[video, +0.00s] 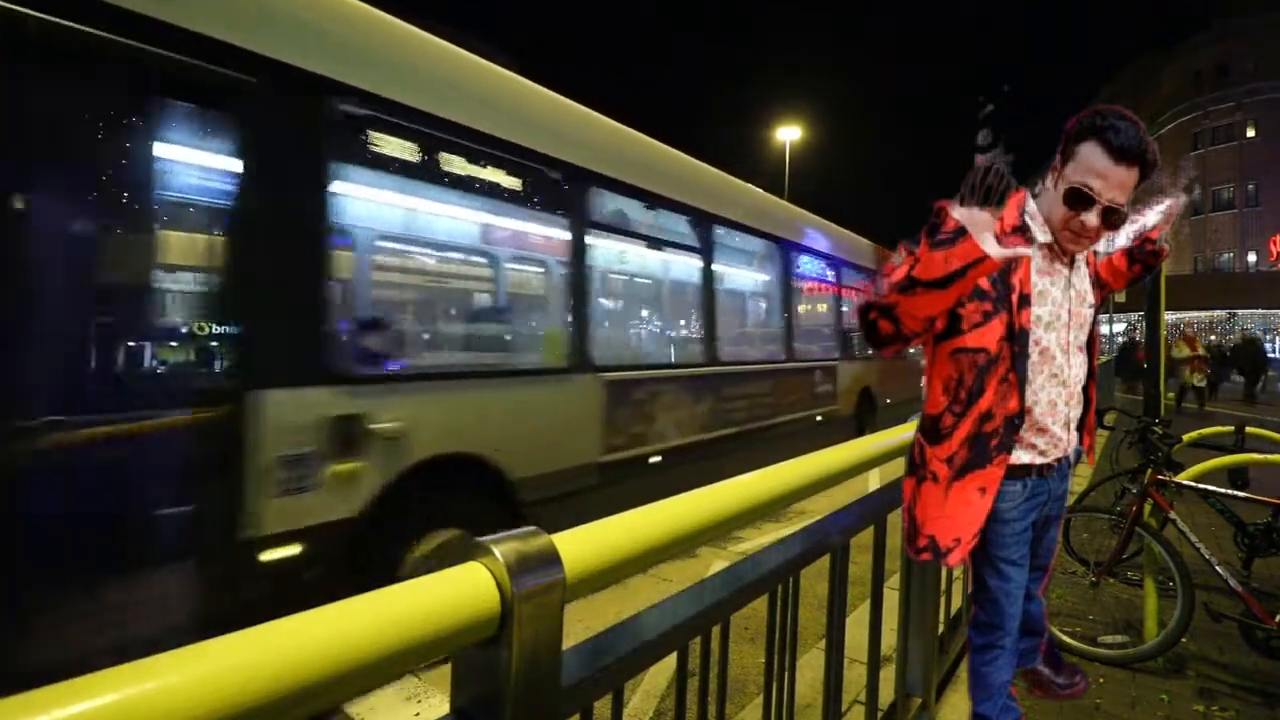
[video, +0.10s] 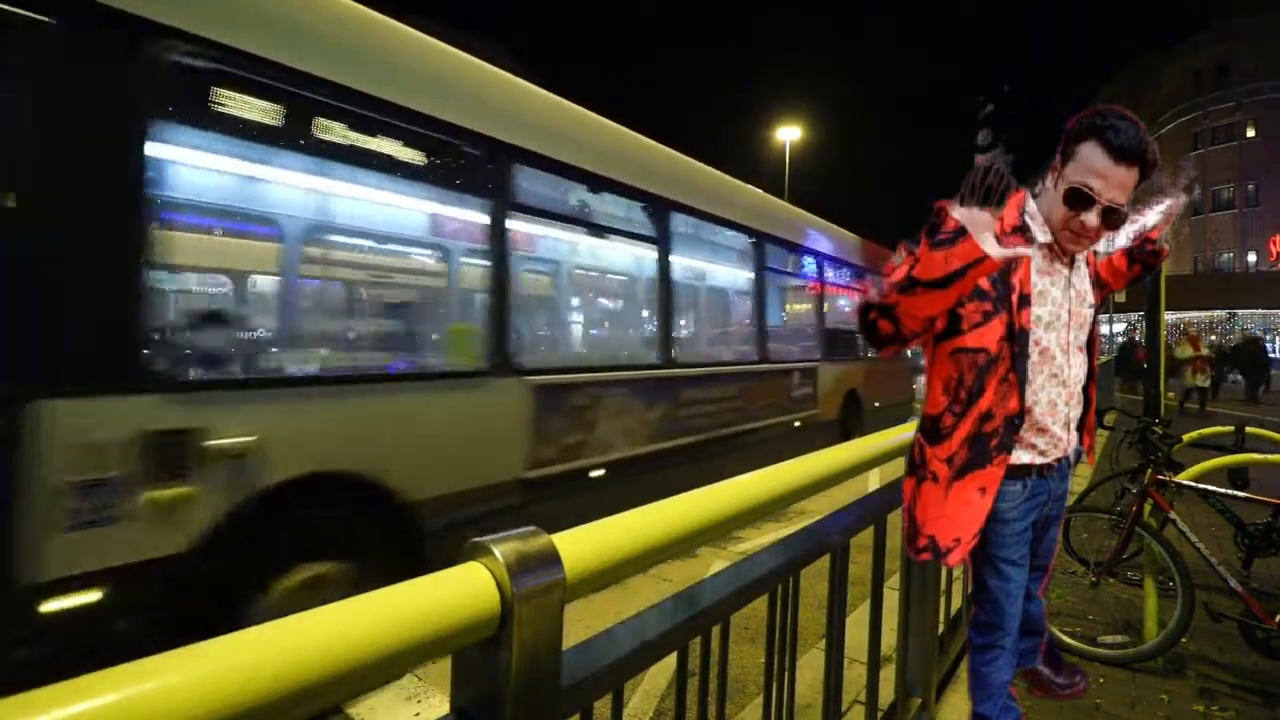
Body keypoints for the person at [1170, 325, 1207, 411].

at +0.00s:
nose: (1190, 334)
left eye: (1191, 331)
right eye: (1187, 331)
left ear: (1193, 332)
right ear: (1183, 332)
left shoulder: (1197, 343)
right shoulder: (1179, 343)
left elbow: (1204, 353)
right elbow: (1174, 355)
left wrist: (1199, 355)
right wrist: (1190, 355)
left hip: (1198, 369)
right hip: (1185, 369)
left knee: (1200, 388)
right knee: (1183, 387)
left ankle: (1201, 406)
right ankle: (1178, 406)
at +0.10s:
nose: (1194, 336)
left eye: (1196, 334)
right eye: (1191, 334)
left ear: (1198, 335)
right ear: (1187, 335)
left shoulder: (1201, 345)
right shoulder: (1183, 346)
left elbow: (1209, 354)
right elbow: (1178, 356)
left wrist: (1203, 355)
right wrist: (1194, 355)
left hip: (1202, 372)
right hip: (1189, 372)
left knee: (1203, 391)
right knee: (1188, 389)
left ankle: (1202, 407)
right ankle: (1181, 404)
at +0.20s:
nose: (1196, 332)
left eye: (1197, 330)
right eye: (1193, 330)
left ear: (1200, 331)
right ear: (1190, 332)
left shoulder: (1205, 341)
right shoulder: (1187, 342)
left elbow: (1214, 351)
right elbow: (1179, 353)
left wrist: (1204, 352)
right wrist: (1193, 353)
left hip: (1206, 373)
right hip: (1192, 373)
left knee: (1205, 394)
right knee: (1193, 393)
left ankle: (1202, 410)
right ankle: (1190, 410)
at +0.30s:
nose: (1197, 332)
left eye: (1199, 329)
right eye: (1194, 330)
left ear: (1203, 331)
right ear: (1191, 332)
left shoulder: (1209, 341)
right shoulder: (1189, 342)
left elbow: (1217, 352)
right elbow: (1180, 354)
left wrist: (1206, 352)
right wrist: (1195, 353)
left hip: (1208, 371)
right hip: (1195, 371)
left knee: (1205, 391)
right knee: (1198, 391)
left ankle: (1203, 408)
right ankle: (1198, 408)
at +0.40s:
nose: (1203, 334)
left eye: (1204, 331)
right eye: (1200, 331)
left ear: (1207, 333)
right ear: (1195, 334)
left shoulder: (1211, 344)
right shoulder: (1193, 345)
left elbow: (1221, 354)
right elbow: (1184, 356)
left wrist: (1210, 354)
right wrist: (1199, 355)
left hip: (1210, 371)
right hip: (1198, 372)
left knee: (1207, 392)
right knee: (1202, 392)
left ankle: (1205, 411)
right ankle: (1202, 412)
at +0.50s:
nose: (1202, 334)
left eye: (1204, 332)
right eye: (1200, 332)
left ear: (1207, 333)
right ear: (1196, 334)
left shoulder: (1213, 344)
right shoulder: (1193, 346)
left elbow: (1223, 355)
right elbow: (1189, 359)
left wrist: (1214, 356)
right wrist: (1203, 357)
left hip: (1214, 372)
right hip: (1201, 373)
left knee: (1211, 394)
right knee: (1207, 394)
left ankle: (1207, 412)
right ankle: (1205, 414)